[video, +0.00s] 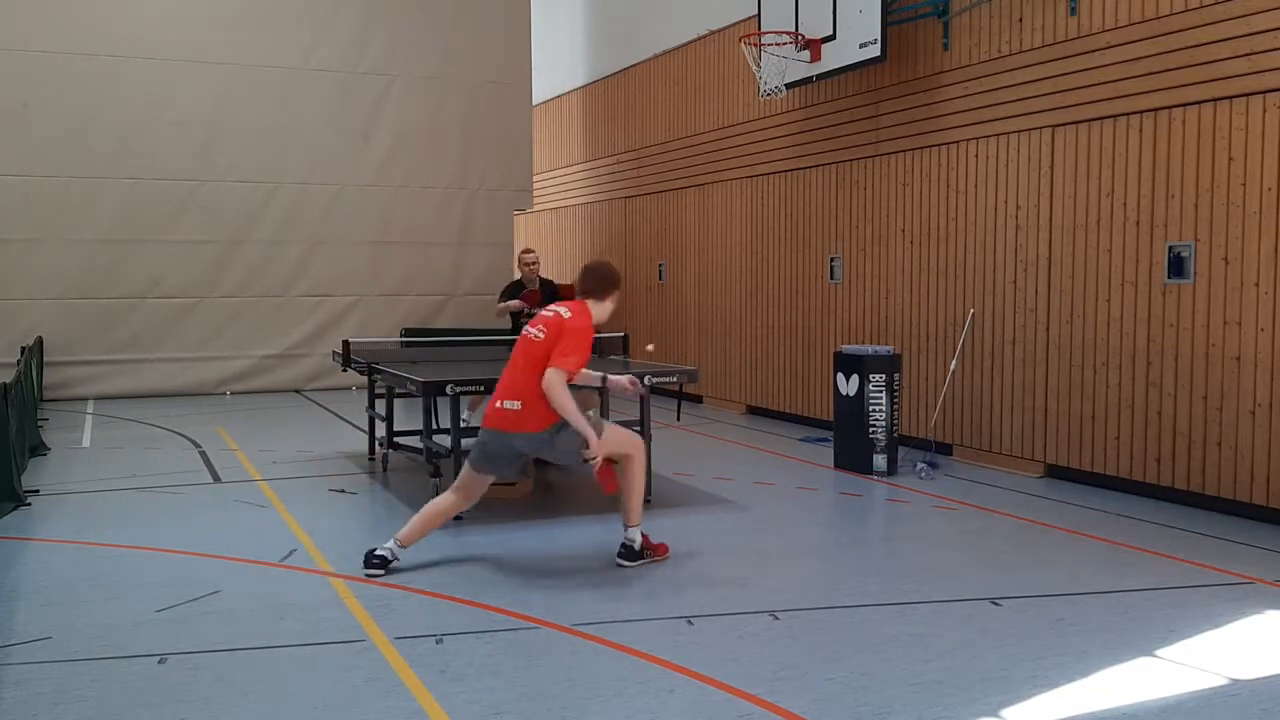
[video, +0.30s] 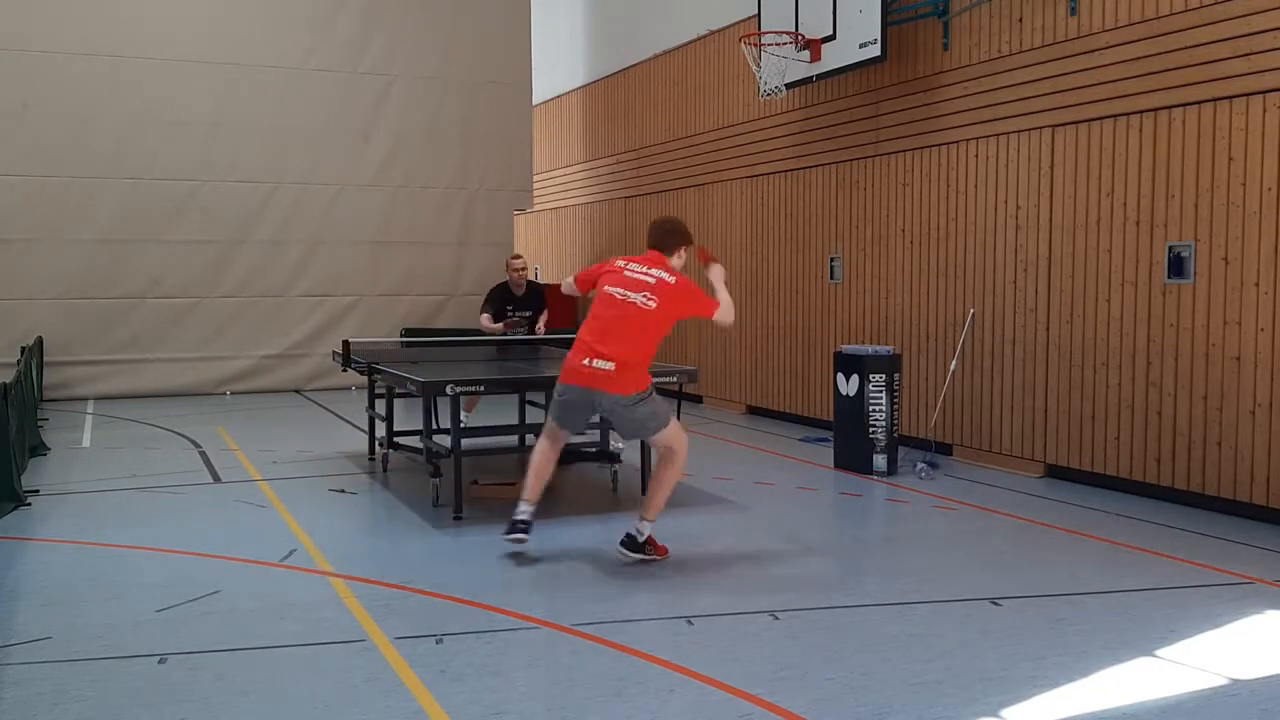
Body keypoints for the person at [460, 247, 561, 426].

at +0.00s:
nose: (532, 268)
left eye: (535, 263)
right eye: (527, 264)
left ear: (540, 264)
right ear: (519, 267)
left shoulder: (549, 286)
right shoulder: (512, 288)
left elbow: (560, 311)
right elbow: (499, 312)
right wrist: (509, 306)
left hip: (546, 341)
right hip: (520, 342)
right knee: (492, 377)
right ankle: (467, 414)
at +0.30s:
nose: (521, 274)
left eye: (524, 269)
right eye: (516, 270)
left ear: (528, 271)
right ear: (507, 273)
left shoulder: (537, 290)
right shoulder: (497, 292)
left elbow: (544, 311)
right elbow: (484, 321)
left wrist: (540, 323)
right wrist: (497, 327)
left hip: (531, 347)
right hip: (503, 348)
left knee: (556, 377)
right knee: (483, 378)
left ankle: (554, 425)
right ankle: (463, 417)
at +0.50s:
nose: (510, 295)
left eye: (513, 291)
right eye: (505, 292)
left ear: (517, 289)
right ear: (498, 293)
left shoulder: (531, 303)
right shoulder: (492, 307)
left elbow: (547, 324)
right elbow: (478, 331)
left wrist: (542, 335)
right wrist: (476, 337)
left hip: (531, 355)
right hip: (501, 357)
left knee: (563, 376)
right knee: (477, 380)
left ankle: (574, 418)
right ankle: (461, 418)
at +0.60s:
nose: (491, 299)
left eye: (494, 295)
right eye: (487, 296)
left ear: (503, 291)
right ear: (482, 294)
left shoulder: (516, 301)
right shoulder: (477, 307)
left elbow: (537, 319)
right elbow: (468, 329)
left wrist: (537, 333)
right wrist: (466, 332)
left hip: (523, 353)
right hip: (492, 354)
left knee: (553, 376)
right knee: (473, 381)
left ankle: (572, 417)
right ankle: (459, 419)